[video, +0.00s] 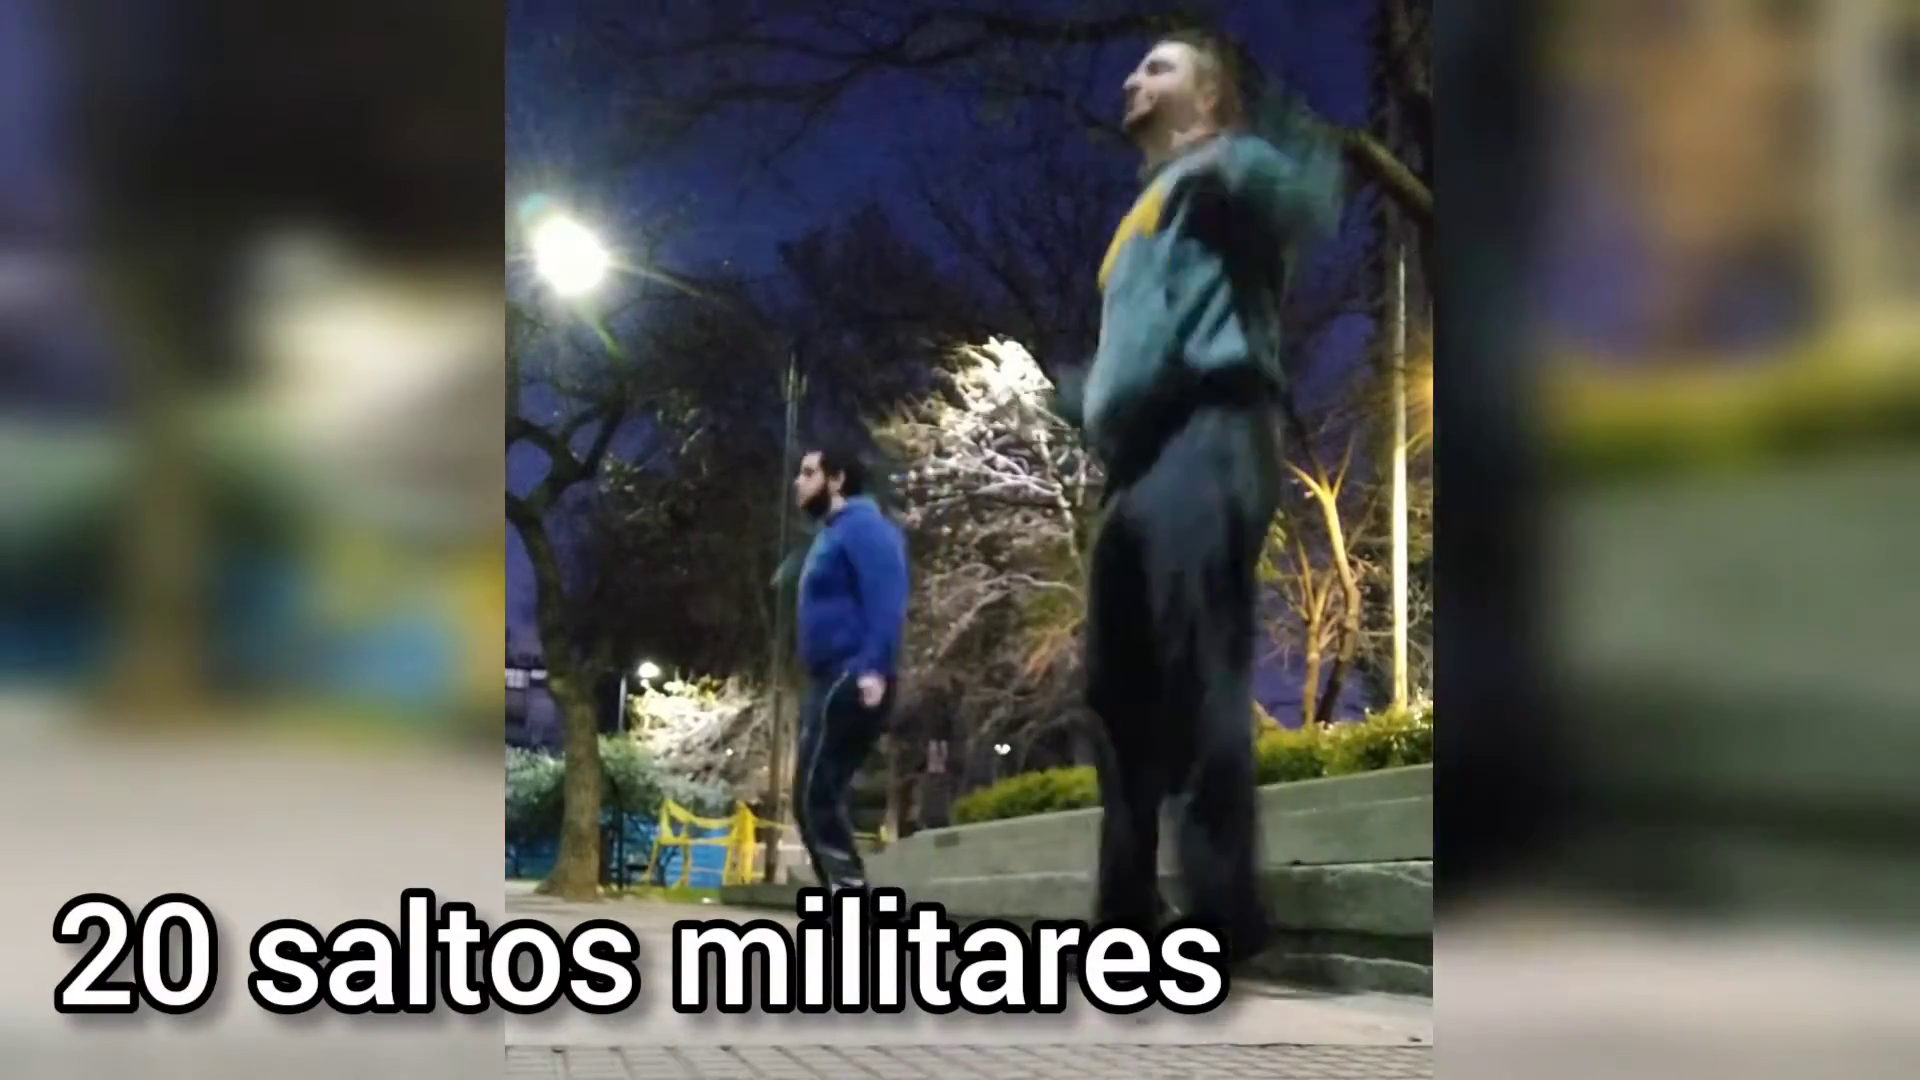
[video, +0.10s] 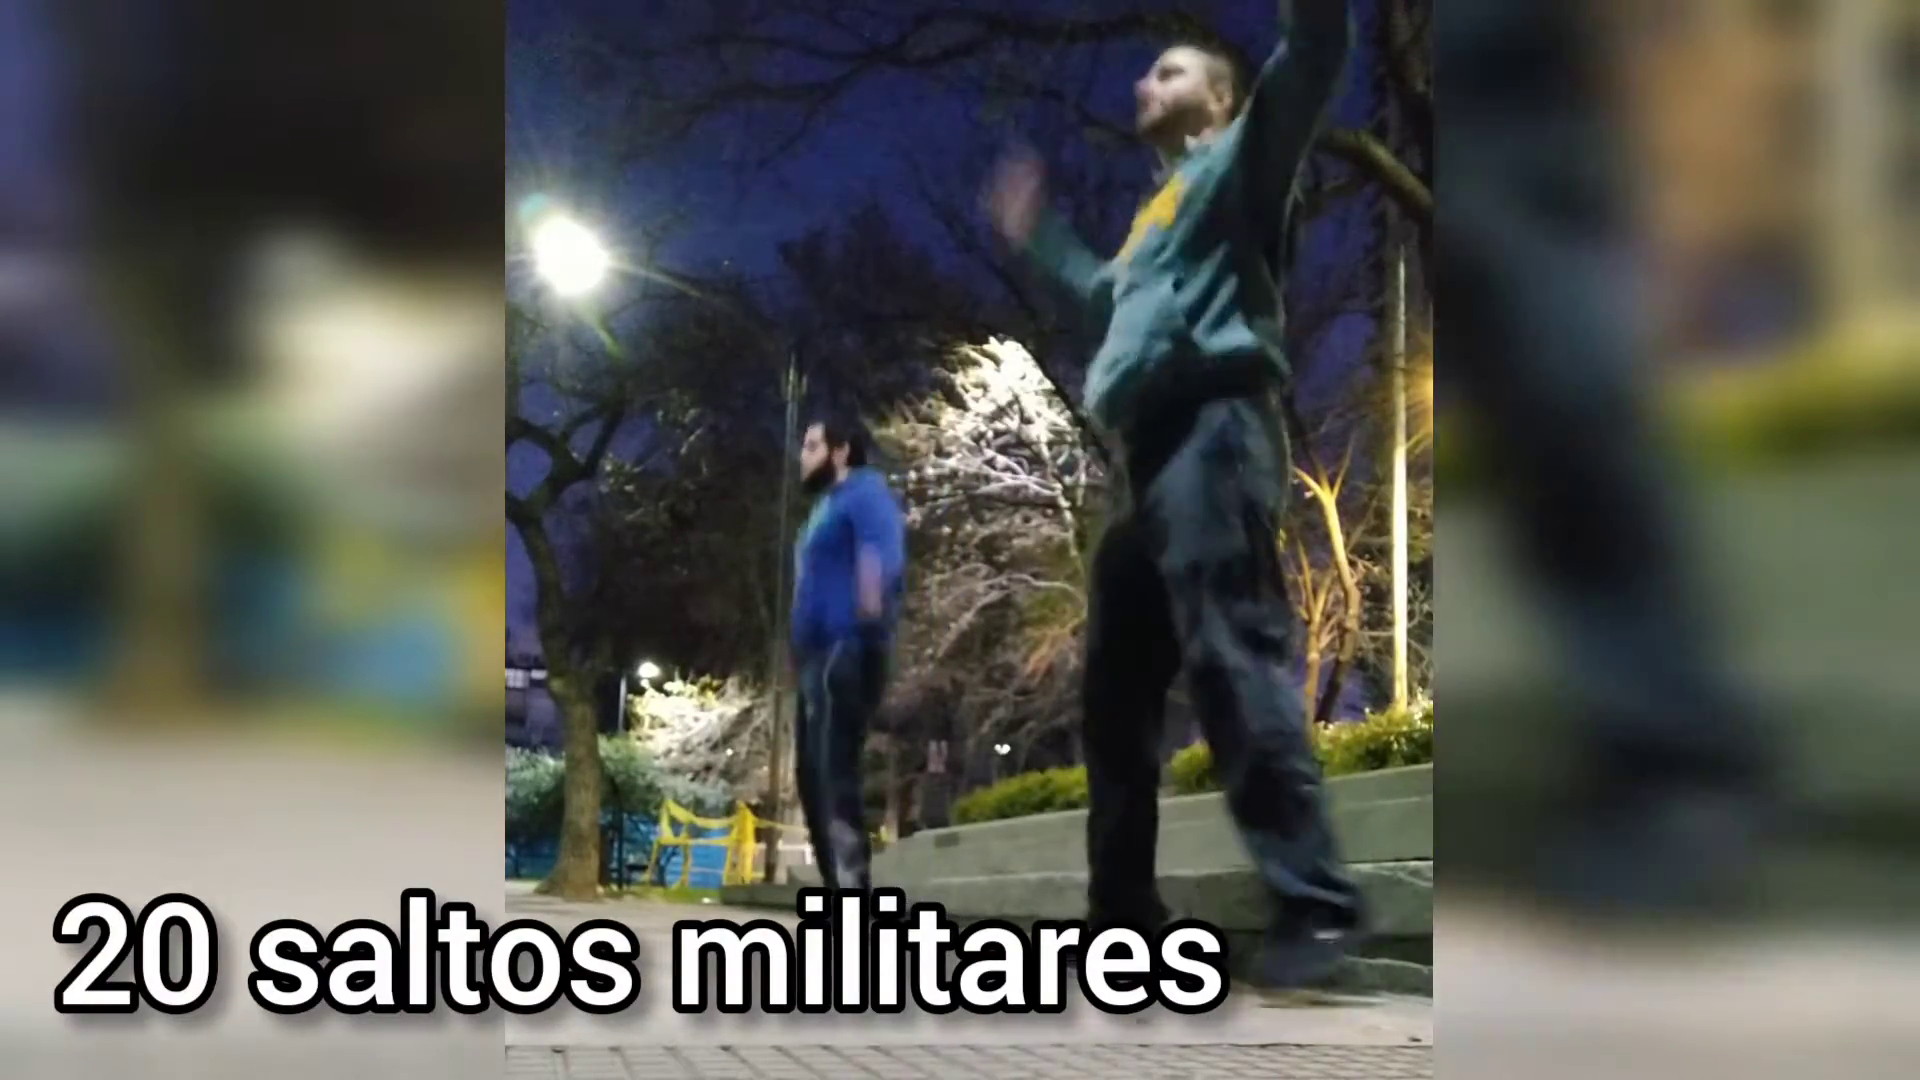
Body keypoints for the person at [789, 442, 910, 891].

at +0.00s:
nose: (798, 482)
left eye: (807, 473)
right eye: (800, 473)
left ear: (836, 479)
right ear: (828, 480)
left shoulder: (862, 524)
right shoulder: (832, 531)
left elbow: (885, 594)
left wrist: (873, 666)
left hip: (853, 676)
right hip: (825, 677)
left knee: (818, 797)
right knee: (809, 797)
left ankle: (848, 889)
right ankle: (838, 889)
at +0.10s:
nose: (803, 454)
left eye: (811, 444)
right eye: (804, 445)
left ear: (841, 449)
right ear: (831, 452)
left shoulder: (863, 490)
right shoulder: (828, 502)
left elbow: (875, 555)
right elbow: (820, 578)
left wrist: (869, 619)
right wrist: (803, 644)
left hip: (848, 643)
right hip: (815, 648)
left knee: (833, 765)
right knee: (812, 771)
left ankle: (851, 880)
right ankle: (832, 879)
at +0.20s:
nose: (805, 439)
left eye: (815, 430)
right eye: (806, 431)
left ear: (841, 435)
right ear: (817, 441)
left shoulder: (864, 475)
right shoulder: (816, 489)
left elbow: (884, 517)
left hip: (842, 624)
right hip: (809, 625)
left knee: (837, 747)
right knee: (814, 755)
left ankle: (857, 873)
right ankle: (832, 871)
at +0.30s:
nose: (804, 445)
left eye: (813, 437)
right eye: (804, 438)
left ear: (840, 445)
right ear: (812, 450)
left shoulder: (855, 492)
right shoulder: (811, 496)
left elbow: (869, 426)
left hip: (843, 630)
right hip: (806, 633)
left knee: (838, 753)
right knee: (808, 758)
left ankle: (858, 872)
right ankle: (822, 873)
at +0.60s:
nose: (799, 451)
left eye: (808, 441)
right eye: (798, 442)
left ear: (836, 446)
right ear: (813, 453)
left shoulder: (857, 485)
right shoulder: (810, 496)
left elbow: (878, 423)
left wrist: (863, 353)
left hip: (837, 627)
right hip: (800, 630)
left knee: (831, 753)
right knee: (805, 761)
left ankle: (861, 881)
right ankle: (815, 888)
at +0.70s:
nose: (794, 447)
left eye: (804, 438)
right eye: (795, 439)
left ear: (831, 444)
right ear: (809, 448)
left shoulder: (849, 478)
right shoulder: (806, 496)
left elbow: (881, 502)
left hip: (837, 628)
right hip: (804, 634)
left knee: (814, 751)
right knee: (794, 760)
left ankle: (853, 878)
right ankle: (813, 889)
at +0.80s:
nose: (791, 468)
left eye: (799, 458)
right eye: (792, 458)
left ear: (827, 464)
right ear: (815, 467)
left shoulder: (847, 502)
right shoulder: (811, 515)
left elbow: (877, 552)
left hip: (839, 653)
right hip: (804, 658)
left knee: (800, 775)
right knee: (780, 779)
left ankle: (845, 902)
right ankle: (817, 904)